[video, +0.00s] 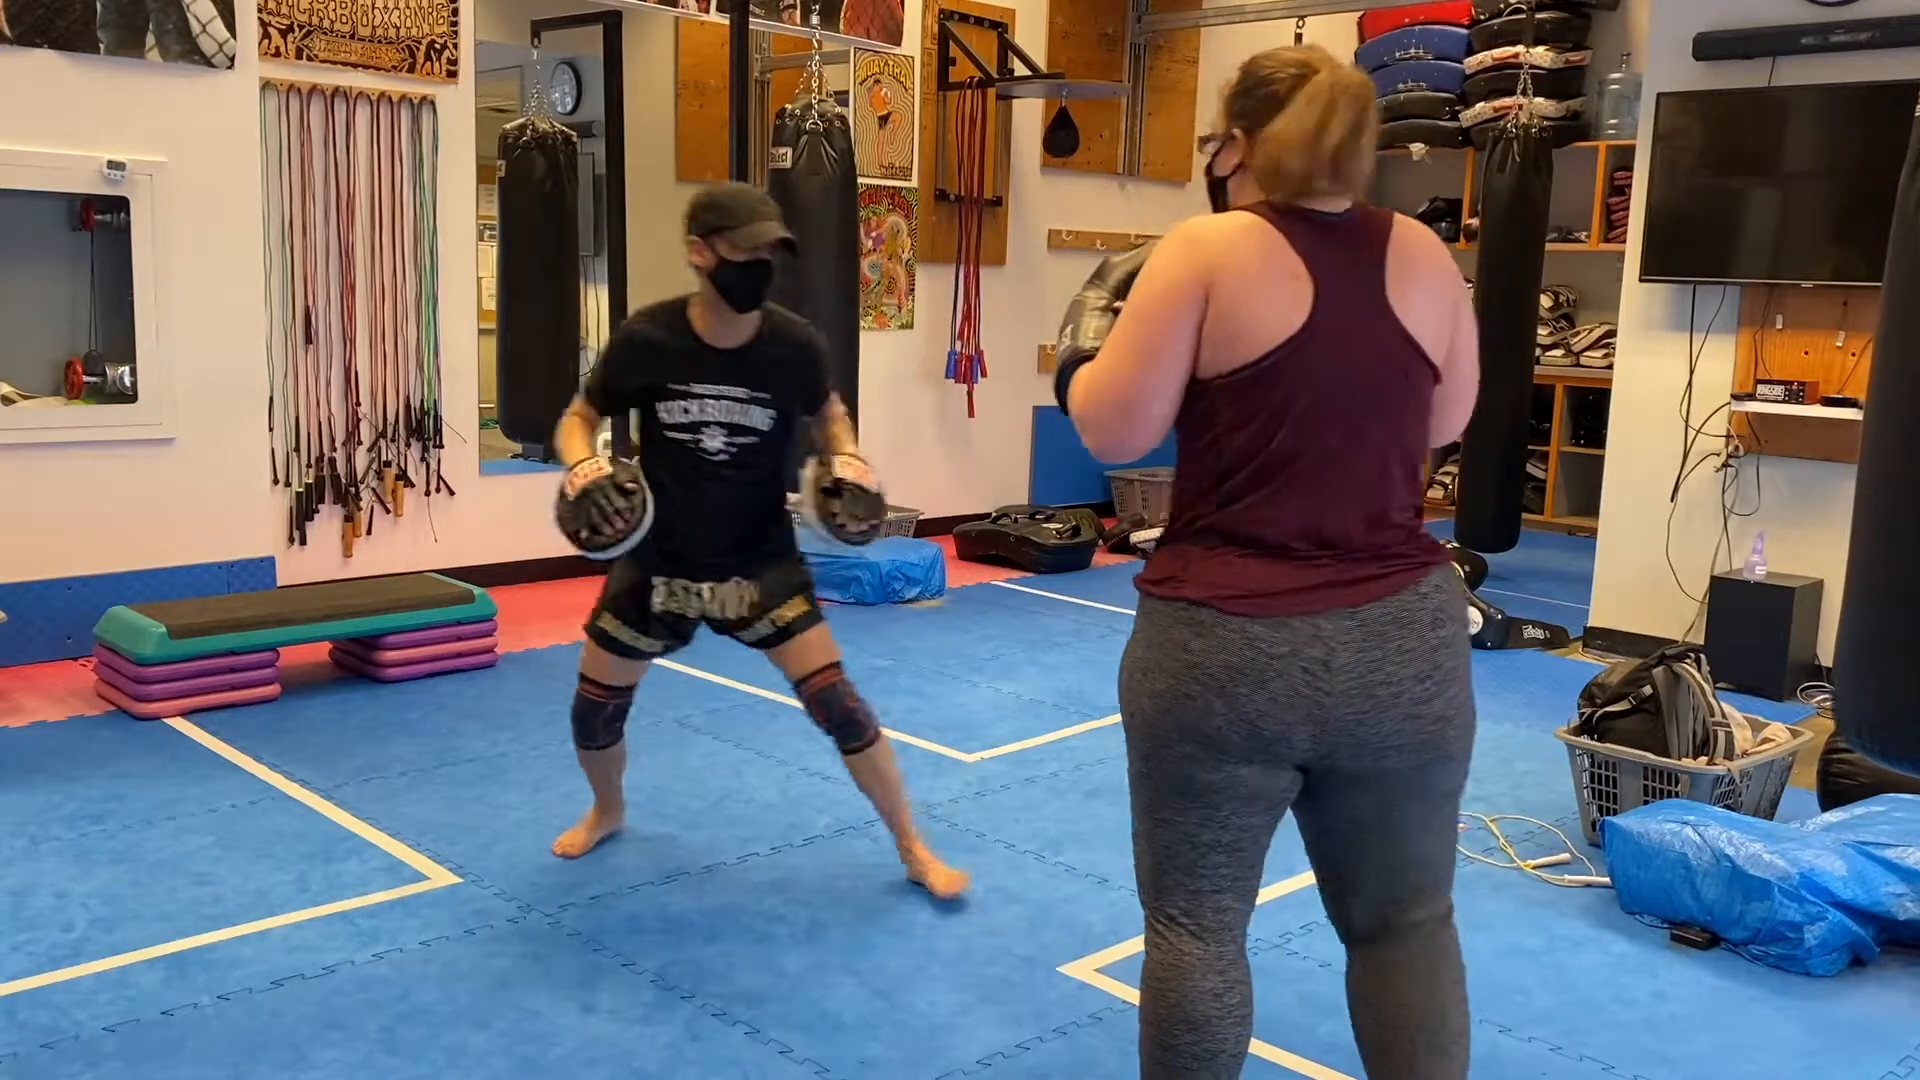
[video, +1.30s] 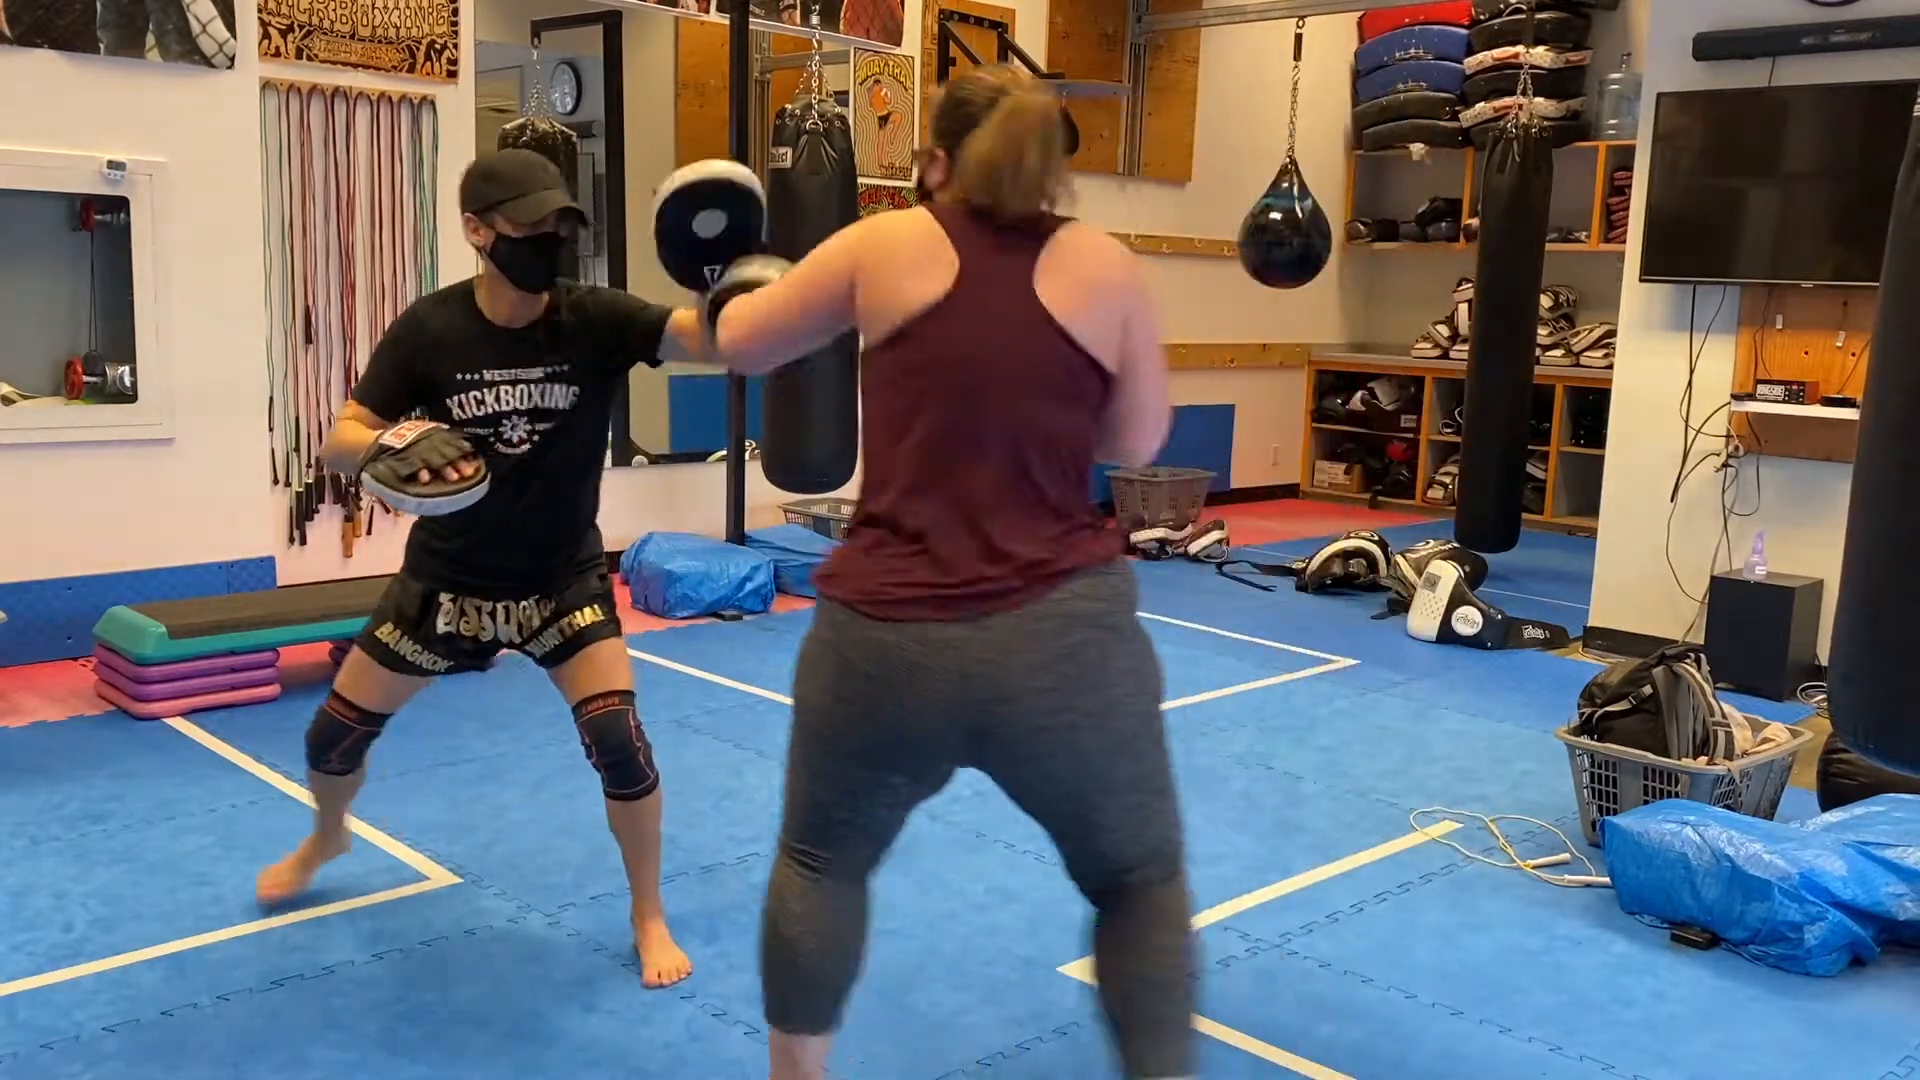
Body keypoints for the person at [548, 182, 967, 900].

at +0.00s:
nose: (763, 266)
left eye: (771, 253)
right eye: (747, 253)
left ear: (778, 253)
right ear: (701, 251)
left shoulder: (794, 346)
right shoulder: (645, 340)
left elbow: (831, 420)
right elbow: (577, 419)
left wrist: (846, 463)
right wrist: (583, 467)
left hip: (760, 560)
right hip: (658, 558)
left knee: (837, 706)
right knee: (593, 714)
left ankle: (912, 846)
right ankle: (608, 811)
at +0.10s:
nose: (719, 242)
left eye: (727, 227)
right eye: (702, 228)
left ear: (738, 225)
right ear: (657, 226)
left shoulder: (759, 319)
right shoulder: (610, 317)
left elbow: (800, 400)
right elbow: (544, 405)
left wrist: (812, 439)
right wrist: (574, 437)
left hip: (731, 533)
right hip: (632, 535)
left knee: (792, 691)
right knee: (596, 702)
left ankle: (848, 838)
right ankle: (608, 811)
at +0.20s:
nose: (703, 213)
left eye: (710, 197)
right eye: (685, 201)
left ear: (721, 195)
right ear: (638, 201)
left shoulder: (741, 294)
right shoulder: (587, 295)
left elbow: (786, 364)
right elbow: (529, 397)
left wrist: (808, 392)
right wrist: (570, 403)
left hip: (720, 513)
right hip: (619, 518)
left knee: (758, 677)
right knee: (600, 683)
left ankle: (758, 837)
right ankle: (606, 806)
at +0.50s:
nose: (678, 232)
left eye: (685, 218)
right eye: (659, 219)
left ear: (695, 222)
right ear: (614, 225)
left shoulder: (714, 321)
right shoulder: (560, 312)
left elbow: (796, 395)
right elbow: (490, 418)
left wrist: (819, 387)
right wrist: (541, 417)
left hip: (673, 540)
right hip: (568, 538)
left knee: (714, 704)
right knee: (489, 698)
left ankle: (696, 848)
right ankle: (519, 795)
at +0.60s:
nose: (646, 219)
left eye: (653, 203)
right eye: (627, 206)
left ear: (661, 203)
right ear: (579, 210)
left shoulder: (689, 308)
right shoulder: (530, 300)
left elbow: (789, 375)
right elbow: (454, 410)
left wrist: (794, 317)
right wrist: (511, 403)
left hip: (645, 533)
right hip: (537, 534)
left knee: (694, 699)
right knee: (465, 702)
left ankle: (694, 847)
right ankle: (428, 832)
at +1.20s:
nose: (565, 230)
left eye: (573, 213)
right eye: (544, 215)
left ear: (586, 216)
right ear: (495, 223)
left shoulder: (619, 327)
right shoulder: (444, 324)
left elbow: (721, 374)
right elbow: (352, 432)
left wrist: (749, 308)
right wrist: (402, 428)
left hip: (575, 568)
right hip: (460, 567)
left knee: (621, 741)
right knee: (365, 742)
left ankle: (650, 916)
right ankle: (393, 818)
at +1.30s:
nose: (550, 246)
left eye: (558, 229)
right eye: (529, 231)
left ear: (570, 225)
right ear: (479, 228)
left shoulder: (599, 321)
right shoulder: (428, 329)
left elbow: (717, 338)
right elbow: (339, 439)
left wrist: (744, 278)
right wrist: (387, 446)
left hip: (563, 576)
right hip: (445, 576)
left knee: (620, 746)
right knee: (333, 740)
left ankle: (650, 915)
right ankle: (329, 835)